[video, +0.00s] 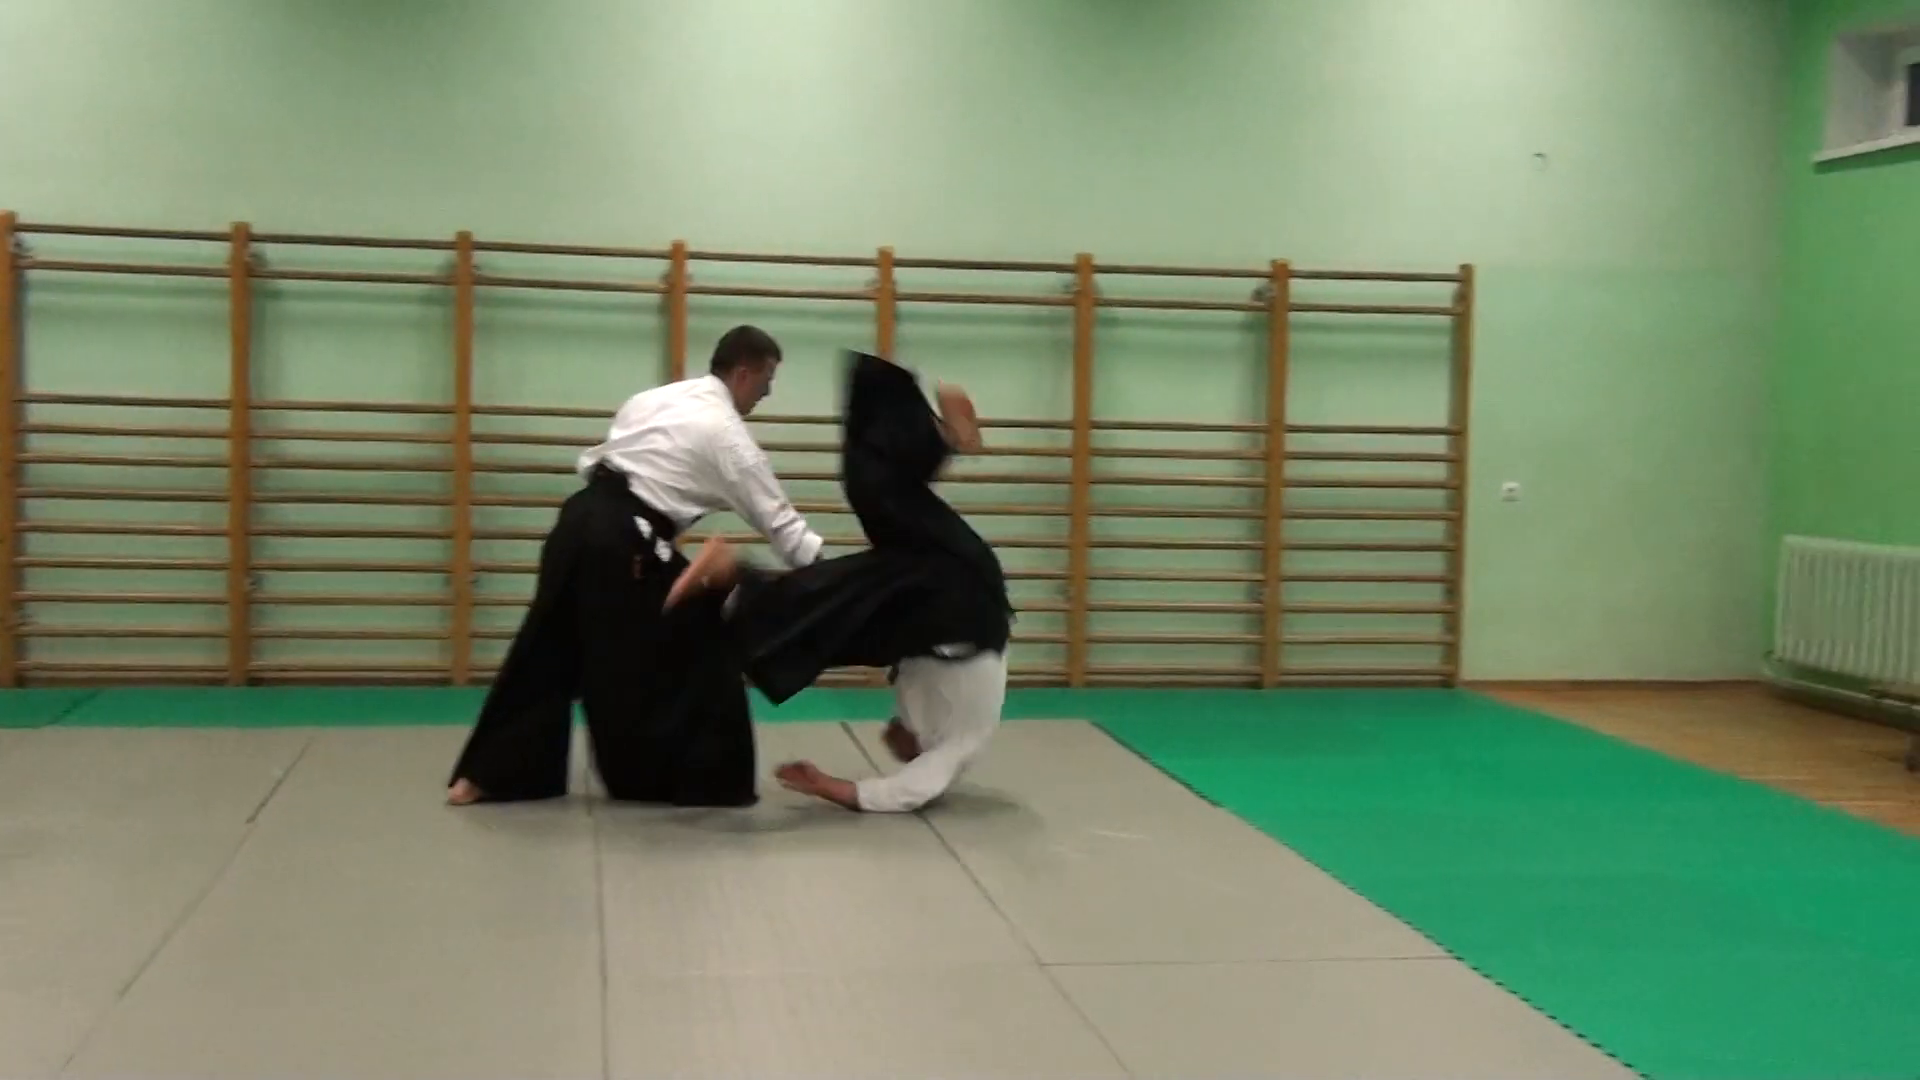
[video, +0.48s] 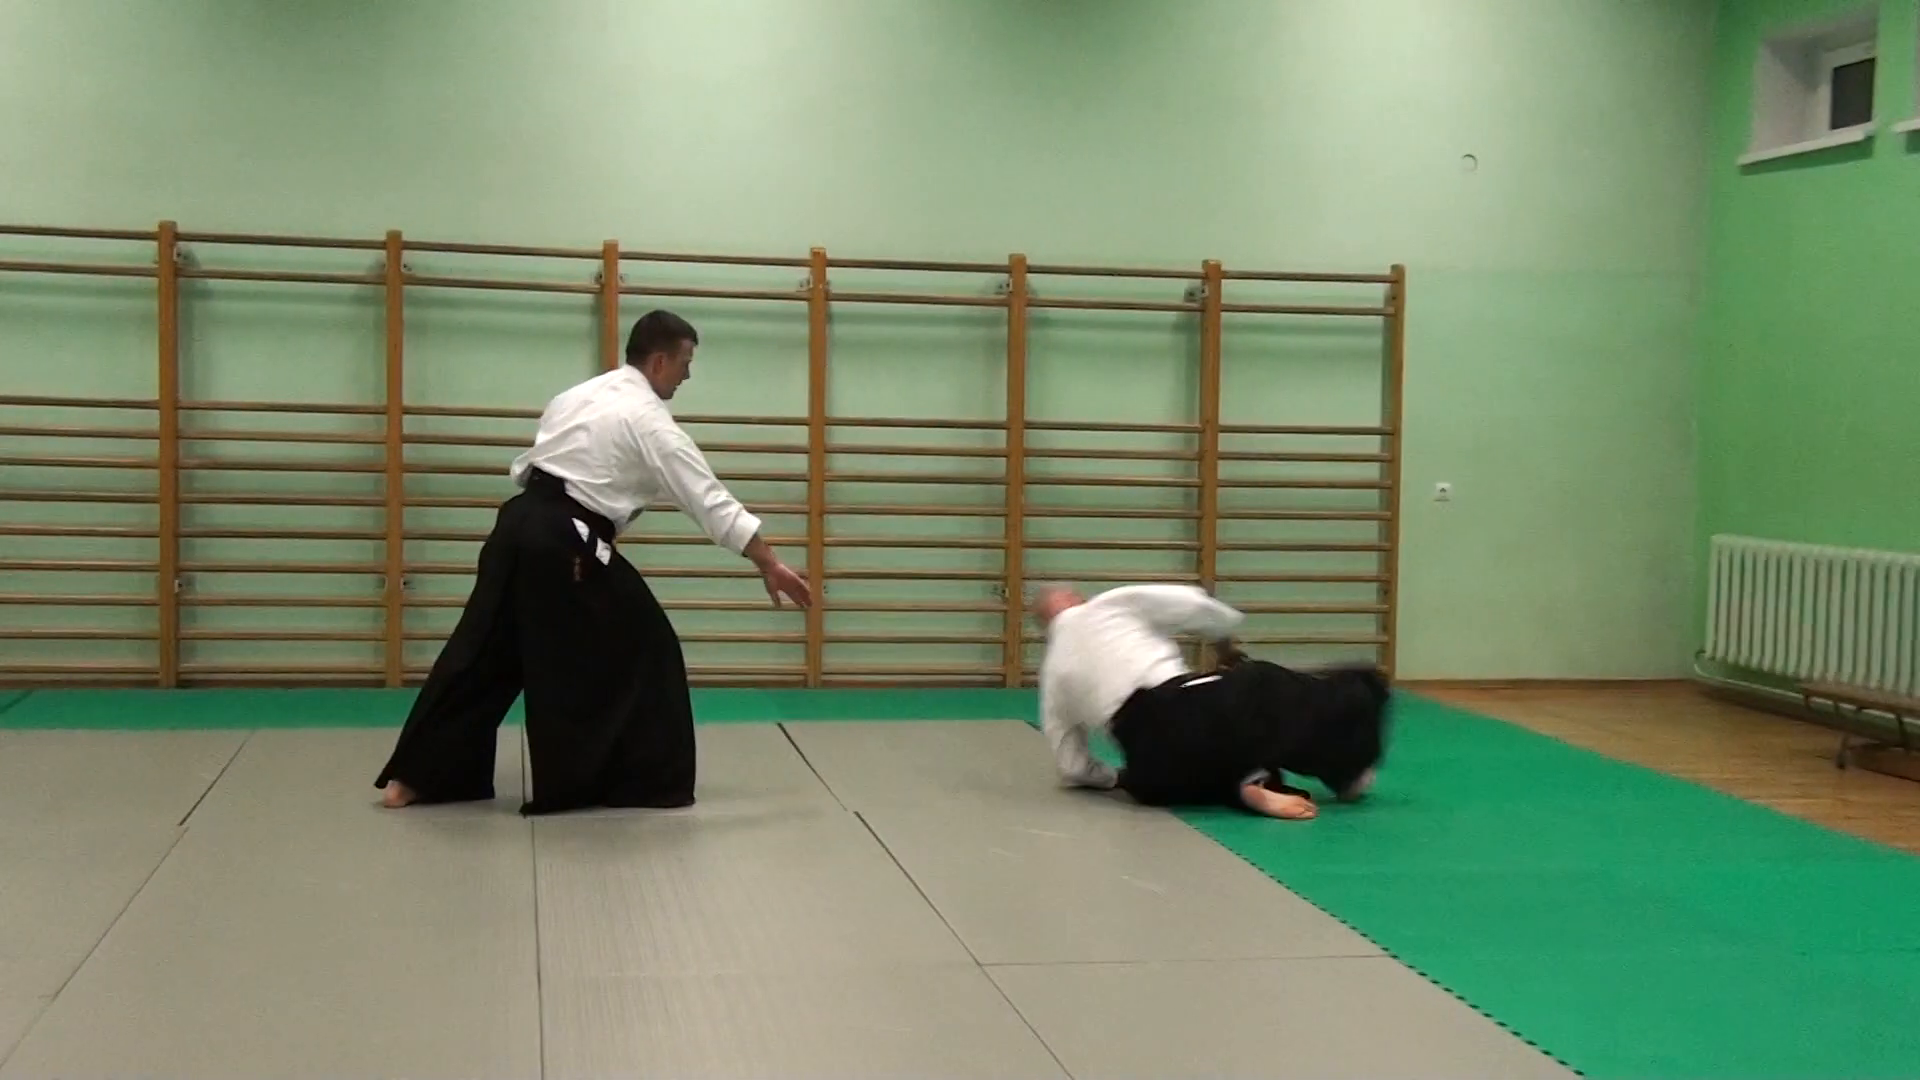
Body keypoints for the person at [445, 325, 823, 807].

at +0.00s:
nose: (768, 390)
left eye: (770, 380)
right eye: (766, 379)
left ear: (726, 368)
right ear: (743, 372)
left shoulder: (654, 399)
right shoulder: (726, 430)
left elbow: (592, 463)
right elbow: (776, 517)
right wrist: (829, 573)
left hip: (579, 520)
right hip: (629, 541)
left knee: (544, 652)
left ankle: (479, 773)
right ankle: (646, 781)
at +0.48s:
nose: (687, 375)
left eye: (689, 364)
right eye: (685, 363)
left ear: (643, 355)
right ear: (658, 358)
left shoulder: (578, 394)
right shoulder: (651, 419)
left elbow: (535, 468)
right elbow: (708, 497)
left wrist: (590, 520)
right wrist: (770, 563)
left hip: (517, 527)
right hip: (572, 543)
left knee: (478, 653)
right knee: (652, 650)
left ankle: (410, 776)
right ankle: (651, 781)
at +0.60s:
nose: (683, 375)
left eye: (685, 364)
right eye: (682, 363)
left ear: (639, 353)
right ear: (655, 356)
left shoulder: (573, 394)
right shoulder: (649, 416)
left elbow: (535, 469)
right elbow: (706, 495)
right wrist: (768, 561)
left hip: (517, 528)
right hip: (573, 542)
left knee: (482, 654)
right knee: (652, 649)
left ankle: (413, 776)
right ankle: (652, 780)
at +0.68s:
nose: (681, 367)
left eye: (682, 357)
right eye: (678, 356)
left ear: (637, 351)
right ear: (651, 355)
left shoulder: (570, 392)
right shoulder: (644, 411)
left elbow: (529, 467)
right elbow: (697, 491)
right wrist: (754, 558)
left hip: (515, 527)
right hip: (572, 541)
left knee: (483, 654)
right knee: (650, 647)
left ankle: (413, 775)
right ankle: (652, 780)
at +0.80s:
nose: (661, 362)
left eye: (662, 350)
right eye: (658, 349)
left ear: (617, 348)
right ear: (632, 349)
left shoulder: (554, 389)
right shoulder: (626, 405)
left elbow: (516, 467)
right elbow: (672, 488)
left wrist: (583, 514)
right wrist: (712, 568)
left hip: (507, 528)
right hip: (564, 538)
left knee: (493, 657)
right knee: (641, 646)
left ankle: (415, 772)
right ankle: (654, 777)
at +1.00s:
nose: (592, 342)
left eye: (592, 331)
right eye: (587, 331)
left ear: (545, 331)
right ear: (562, 330)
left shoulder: (494, 382)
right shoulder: (564, 398)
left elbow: (464, 468)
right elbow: (575, 485)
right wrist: (585, 568)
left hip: (470, 527)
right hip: (522, 536)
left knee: (479, 657)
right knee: (607, 639)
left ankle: (415, 772)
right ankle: (651, 774)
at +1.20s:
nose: (516, 318)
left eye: (514, 308)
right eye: (509, 309)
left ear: (469, 314)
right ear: (480, 313)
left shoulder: (424, 369)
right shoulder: (482, 382)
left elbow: (400, 459)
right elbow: (470, 472)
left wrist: (417, 511)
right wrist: (475, 557)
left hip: (415, 518)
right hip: (460, 521)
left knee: (439, 647)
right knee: (541, 637)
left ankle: (409, 774)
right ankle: (577, 772)